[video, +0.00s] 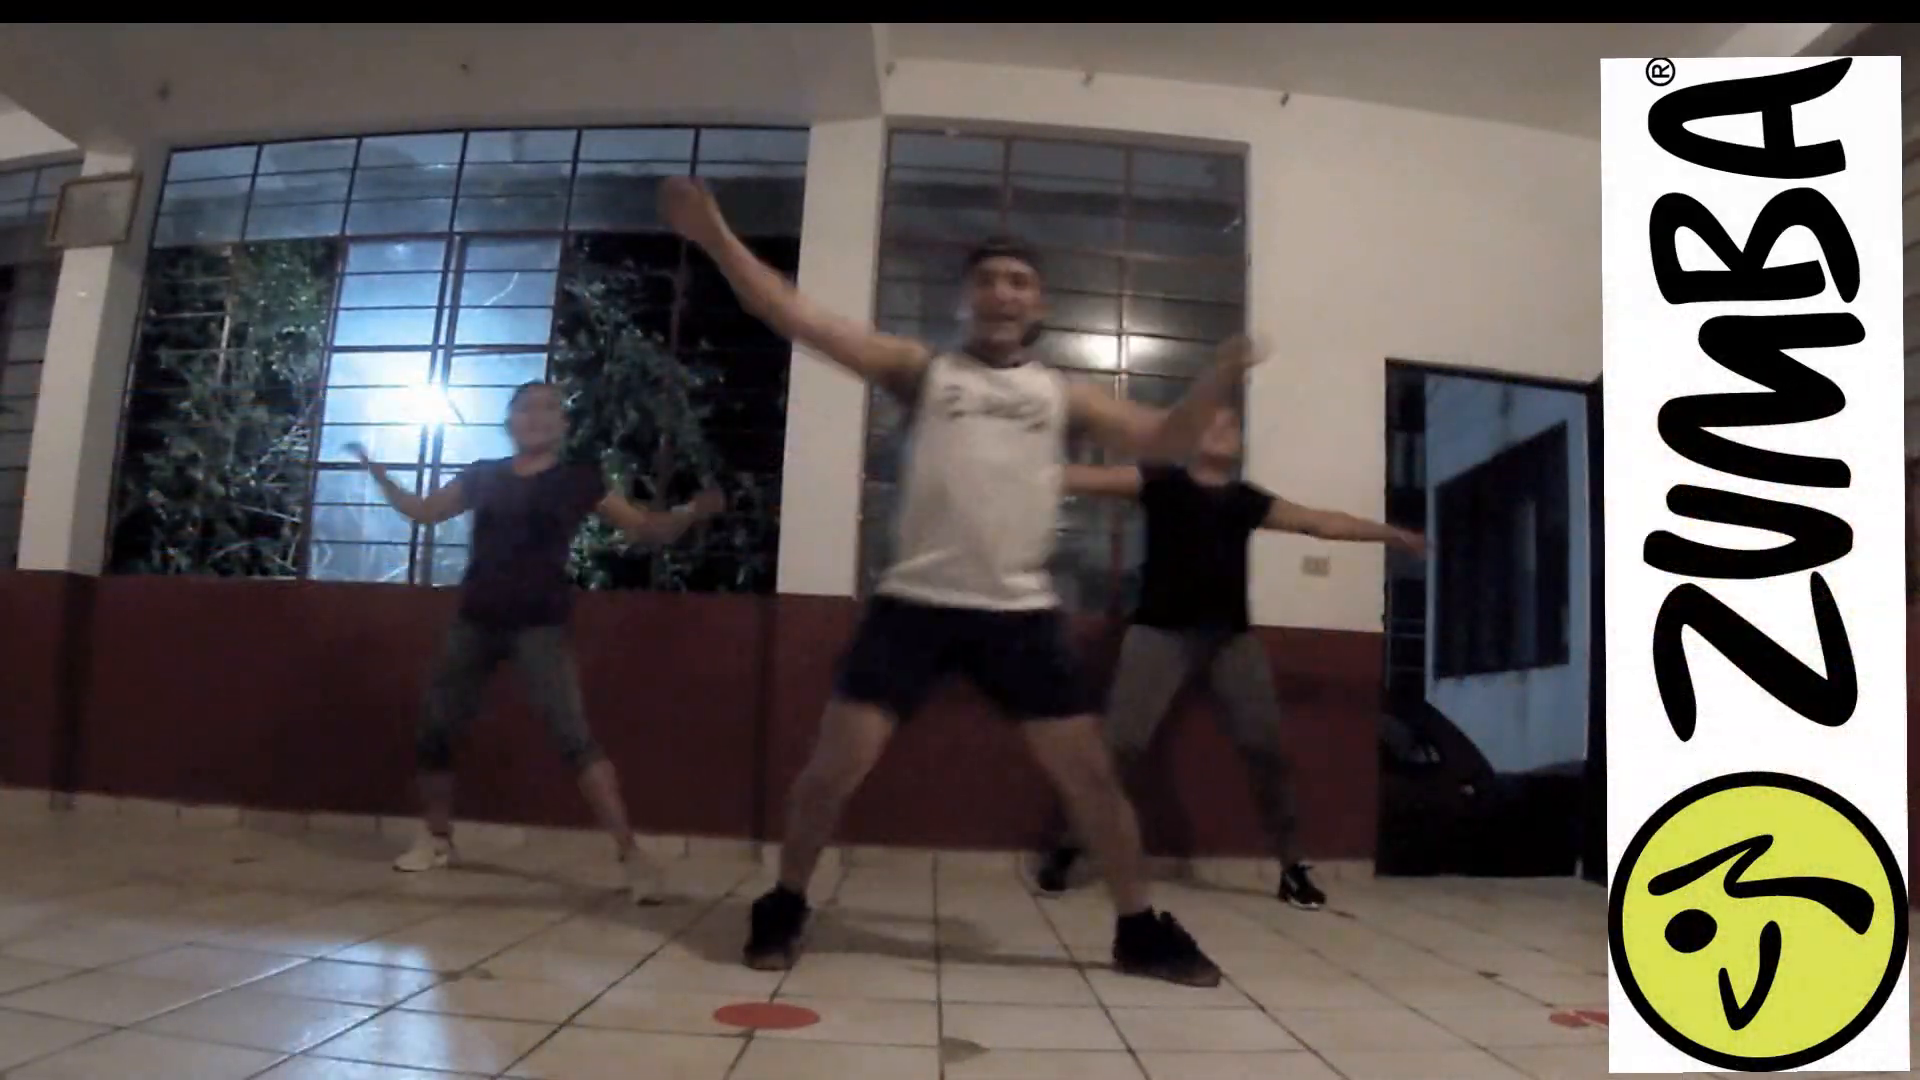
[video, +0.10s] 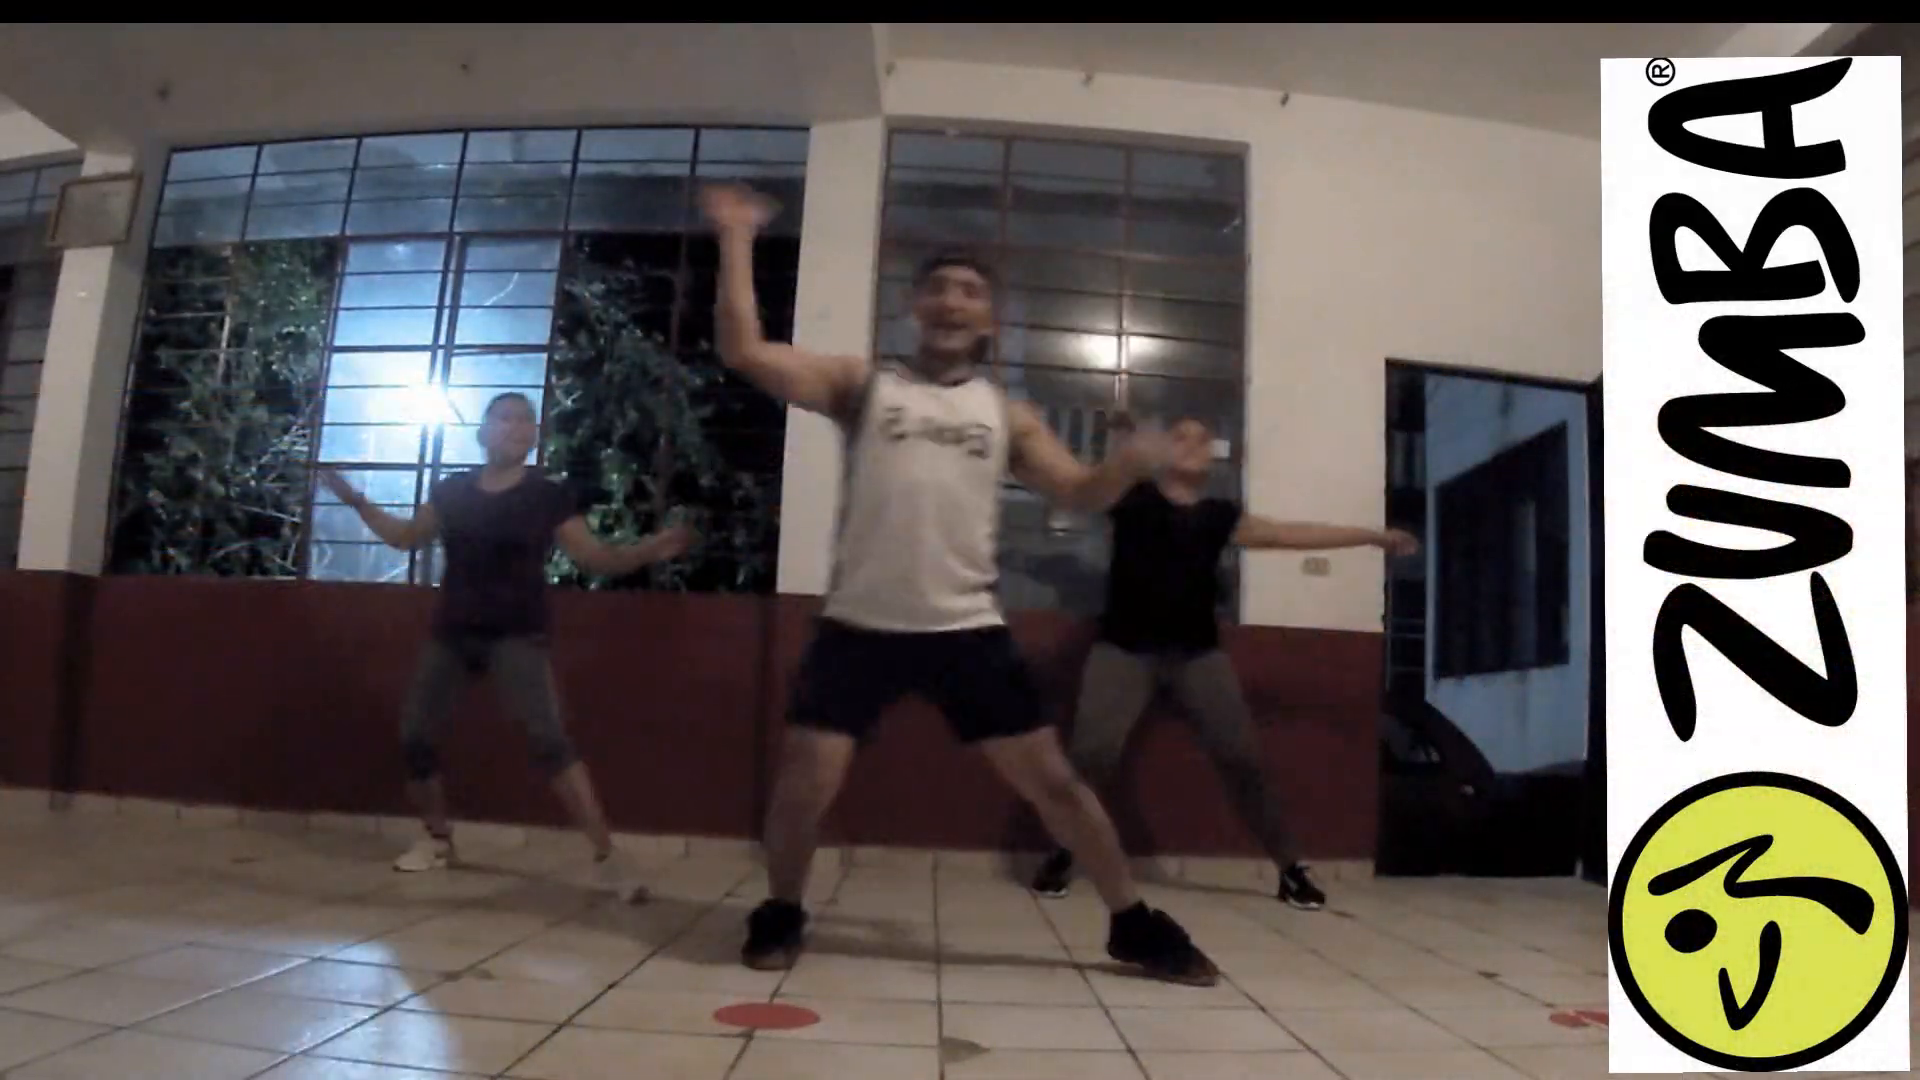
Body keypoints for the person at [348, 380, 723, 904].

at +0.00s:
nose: (534, 417)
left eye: (545, 408)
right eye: (525, 407)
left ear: (563, 422)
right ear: (510, 419)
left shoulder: (578, 479)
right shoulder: (486, 476)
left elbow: (643, 527)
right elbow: (423, 511)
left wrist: (692, 513)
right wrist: (378, 476)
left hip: (540, 622)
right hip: (478, 618)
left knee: (572, 734)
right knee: (436, 724)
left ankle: (629, 853)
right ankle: (437, 842)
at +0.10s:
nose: (508, 426)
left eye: (519, 419)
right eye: (500, 417)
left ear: (534, 435)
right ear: (483, 430)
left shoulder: (547, 494)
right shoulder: (454, 490)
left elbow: (594, 557)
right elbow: (406, 537)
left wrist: (652, 548)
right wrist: (356, 501)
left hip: (518, 633)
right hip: (455, 630)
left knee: (547, 740)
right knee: (416, 734)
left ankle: (606, 852)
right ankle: (436, 842)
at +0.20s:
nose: (494, 427)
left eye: (504, 420)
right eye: (485, 417)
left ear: (518, 433)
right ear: (466, 427)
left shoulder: (531, 489)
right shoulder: (441, 487)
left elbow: (581, 550)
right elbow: (397, 537)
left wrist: (612, 554)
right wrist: (350, 502)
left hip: (507, 629)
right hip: (444, 629)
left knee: (529, 736)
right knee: (418, 741)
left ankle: (573, 850)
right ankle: (437, 841)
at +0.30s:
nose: (484, 412)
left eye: (493, 404)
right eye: (476, 402)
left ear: (508, 414)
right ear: (459, 410)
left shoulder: (528, 473)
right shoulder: (431, 473)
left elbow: (583, 517)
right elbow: (391, 520)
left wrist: (543, 539)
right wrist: (363, 495)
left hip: (505, 612)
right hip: (444, 612)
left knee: (507, 719)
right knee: (429, 725)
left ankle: (526, 836)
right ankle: (438, 840)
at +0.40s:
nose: (485, 408)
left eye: (494, 400)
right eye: (475, 398)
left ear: (506, 410)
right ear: (457, 406)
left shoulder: (524, 464)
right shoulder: (430, 467)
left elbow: (582, 516)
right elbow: (393, 520)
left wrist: (524, 534)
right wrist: (378, 504)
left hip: (500, 609)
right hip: (441, 608)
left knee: (479, 722)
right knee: (431, 726)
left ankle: (495, 835)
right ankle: (440, 840)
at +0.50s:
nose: (470, 419)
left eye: (482, 410)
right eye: (465, 409)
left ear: (502, 424)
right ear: (454, 419)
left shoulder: (524, 484)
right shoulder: (430, 482)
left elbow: (556, 551)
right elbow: (398, 543)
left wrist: (495, 560)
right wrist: (401, 547)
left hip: (491, 626)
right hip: (433, 621)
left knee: (464, 730)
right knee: (419, 733)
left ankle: (487, 835)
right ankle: (438, 842)